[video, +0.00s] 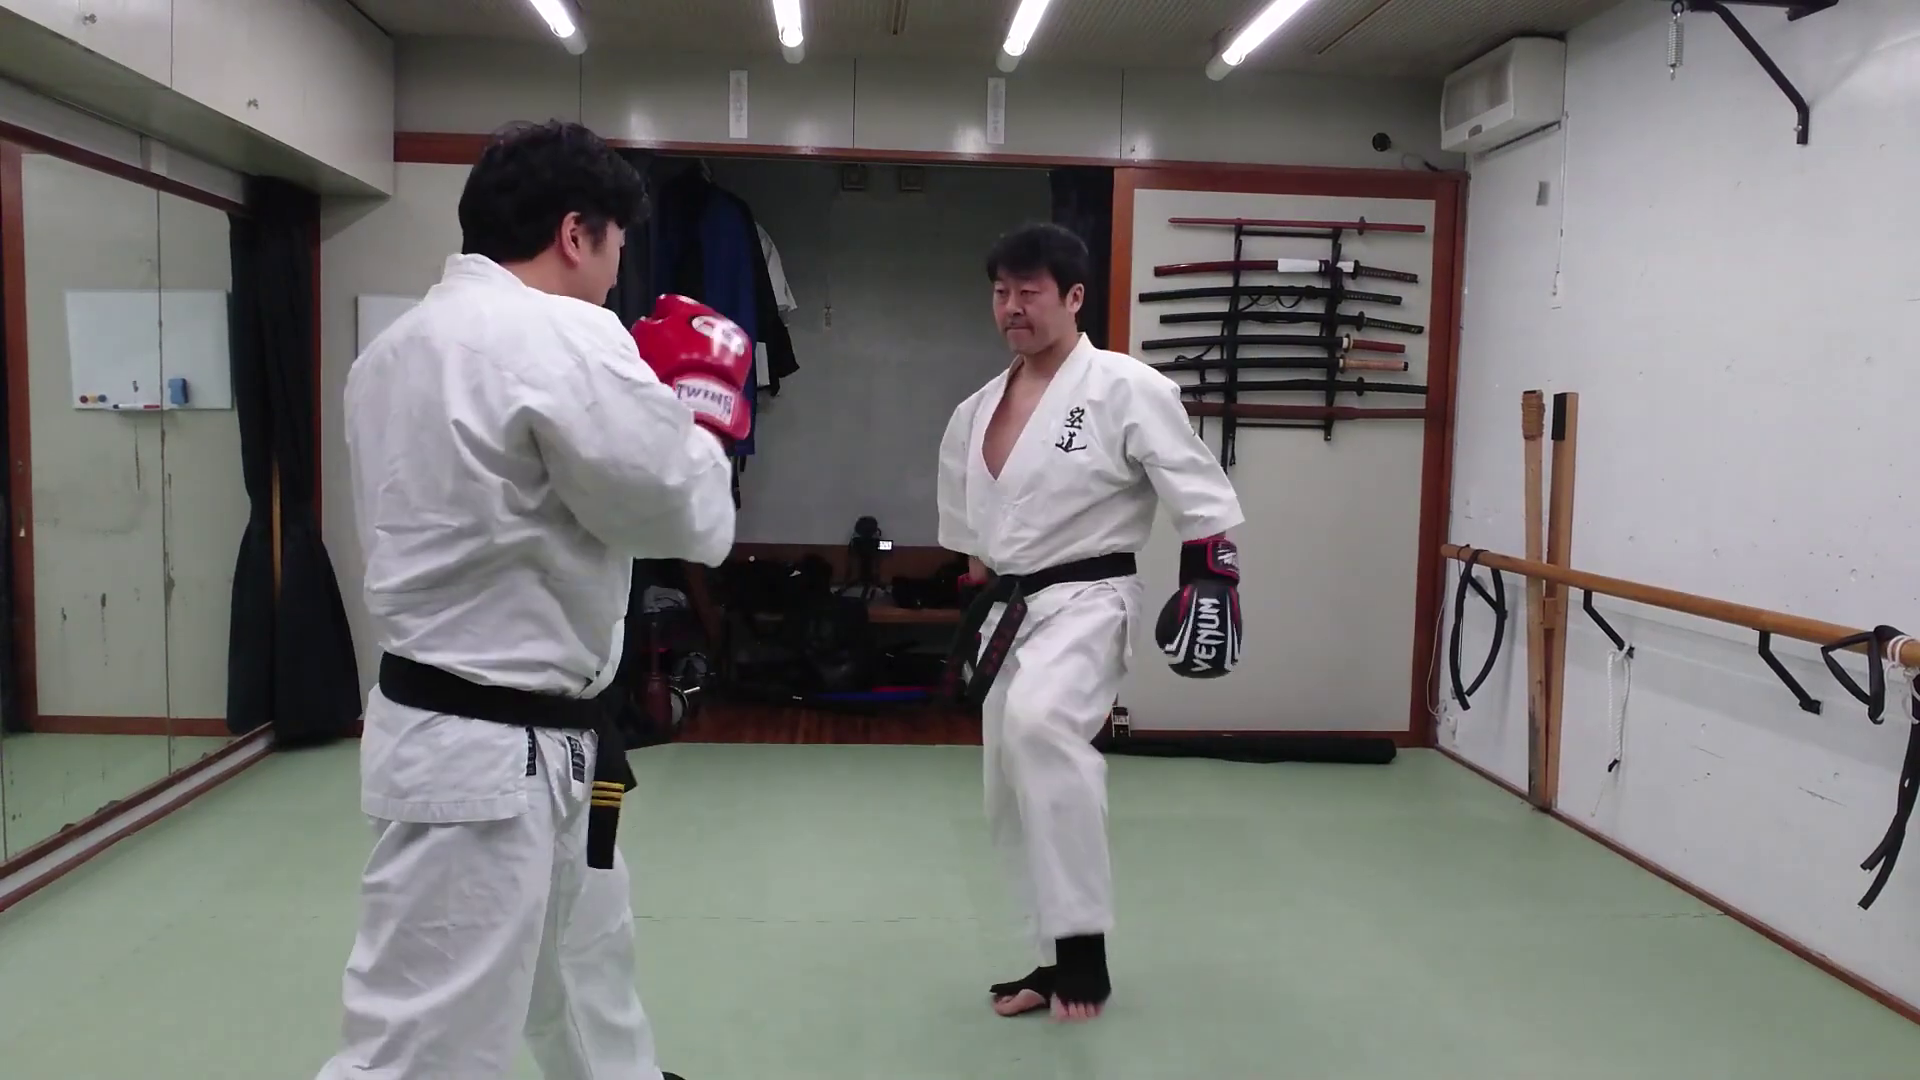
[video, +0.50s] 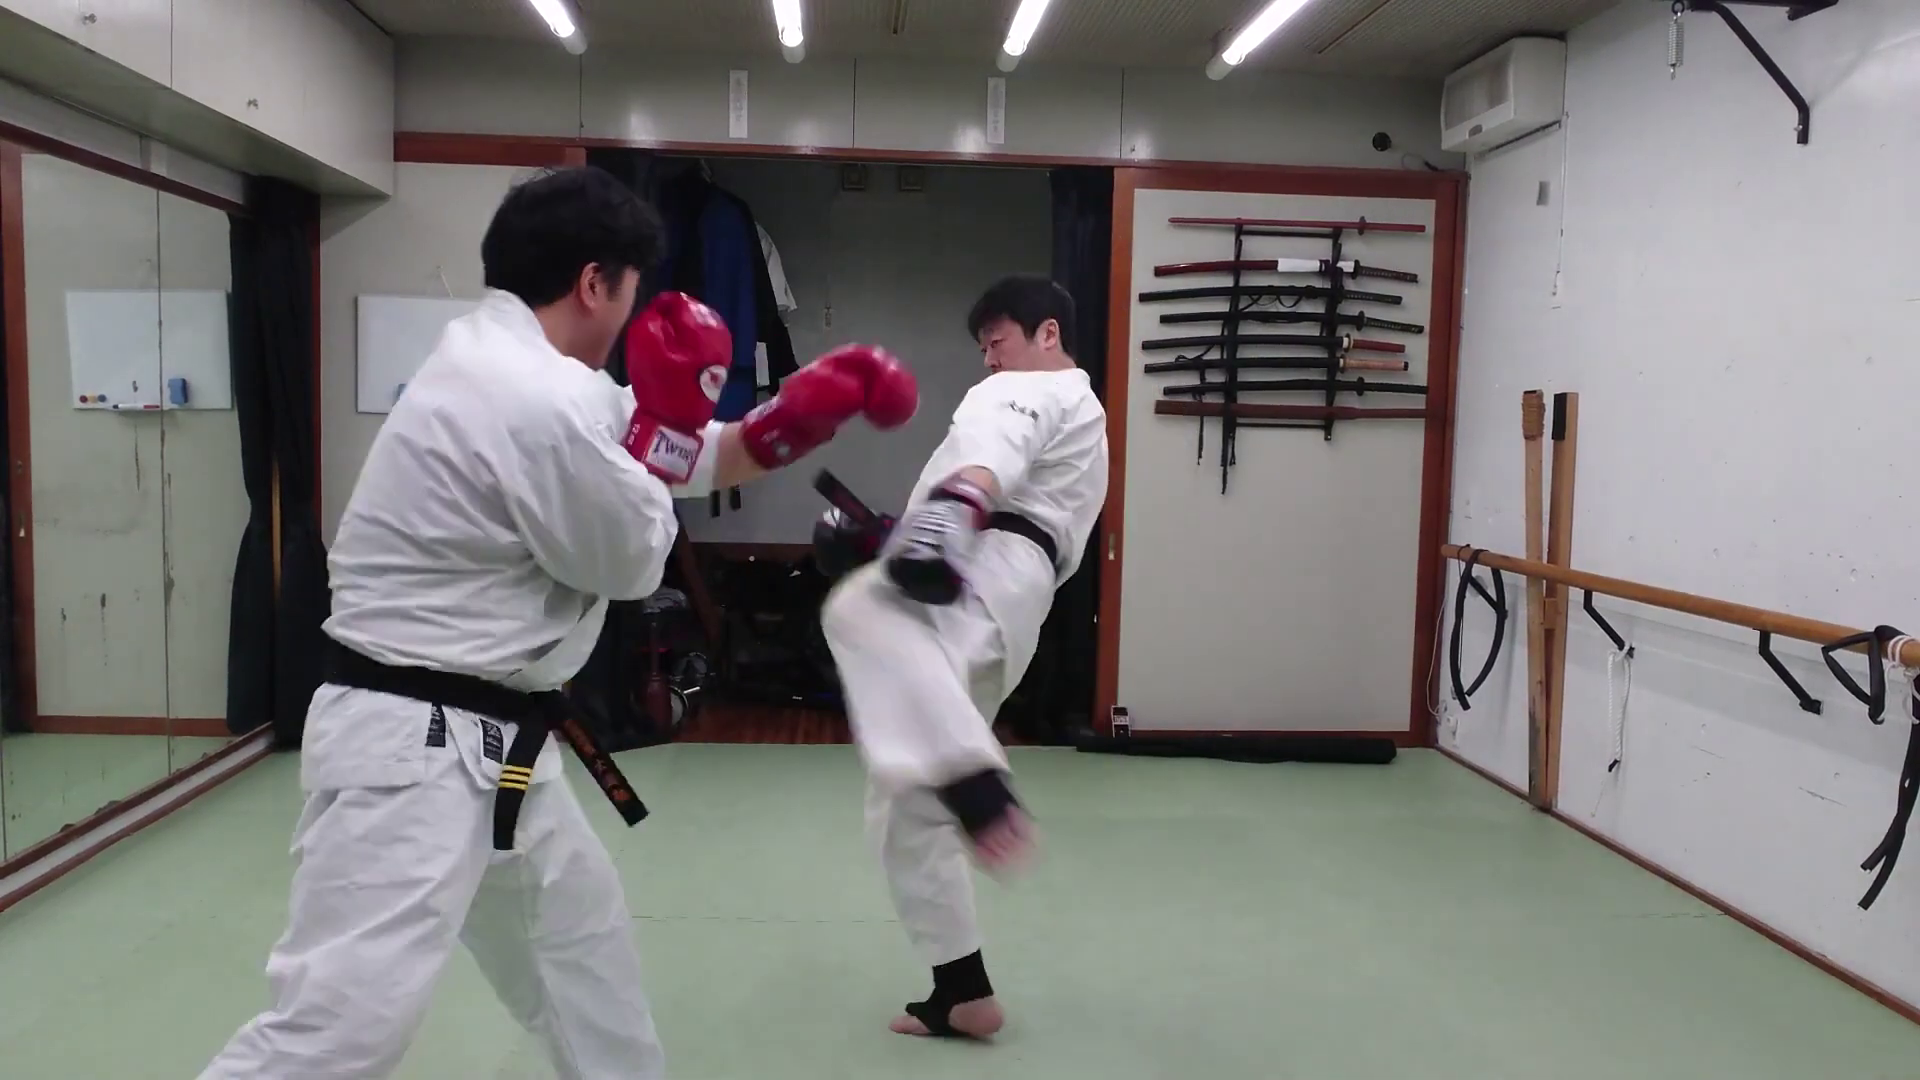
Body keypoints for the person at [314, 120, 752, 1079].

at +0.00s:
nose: (618, 275)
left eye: (621, 249)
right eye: (617, 246)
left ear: (488, 228)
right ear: (571, 235)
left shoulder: (389, 351)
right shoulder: (559, 338)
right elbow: (692, 518)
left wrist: (630, 383)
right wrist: (707, 408)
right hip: (498, 742)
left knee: (587, 993)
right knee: (419, 1045)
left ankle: (620, 1070)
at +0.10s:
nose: (637, 292)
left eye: (639, 267)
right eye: (635, 264)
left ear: (520, 255)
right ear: (589, 258)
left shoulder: (437, 375)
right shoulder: (571, 365)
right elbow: (724, 521)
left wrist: (644, 391)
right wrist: (730, 409)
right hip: (490, 758)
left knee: (598, 1033)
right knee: (412, 1055)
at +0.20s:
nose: (679, 313)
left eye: (682, 288)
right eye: (678, 284)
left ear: (587, 267)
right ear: (633, 275)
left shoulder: (526, 360)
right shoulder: (573, 373)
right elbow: (698, 555)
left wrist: (693, 426)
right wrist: (726, 439)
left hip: (552, 747)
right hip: (462, 747)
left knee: (597, 1014)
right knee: (418, 1043)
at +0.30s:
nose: (698, 321)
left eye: (699, 297)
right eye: (695, 294)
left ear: (626, 280)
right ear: (649, 285)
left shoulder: (588, 367)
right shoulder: (565, 362)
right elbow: (667, 559)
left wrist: (742, 392)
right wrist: (713, 441)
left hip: (524, 738)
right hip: (431, 731)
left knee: (579, 964)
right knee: (387, 1036)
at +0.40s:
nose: (680, 321)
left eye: (682, 298)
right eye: (676, 294)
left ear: (616, 284)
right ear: (627, 284)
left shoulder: (595, 374)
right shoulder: (543, 364)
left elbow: (704, 407)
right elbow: (628, 564)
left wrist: (814, 384)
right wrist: (692, 457)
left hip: (518, 733)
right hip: (415, 726)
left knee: (588, 954)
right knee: (370, 1031)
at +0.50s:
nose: (633, 315)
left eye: (640, 294)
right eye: (634, 292)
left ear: (539, 274)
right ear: (593, 283)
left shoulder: (489, 357)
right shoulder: (538, 397)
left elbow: (652, 461)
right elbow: (631, 560)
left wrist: (771, 436)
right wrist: (658, 416)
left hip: (493, 729)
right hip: (413, 732)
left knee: (584, 951)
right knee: (336, 1028)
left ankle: (625, 1070)